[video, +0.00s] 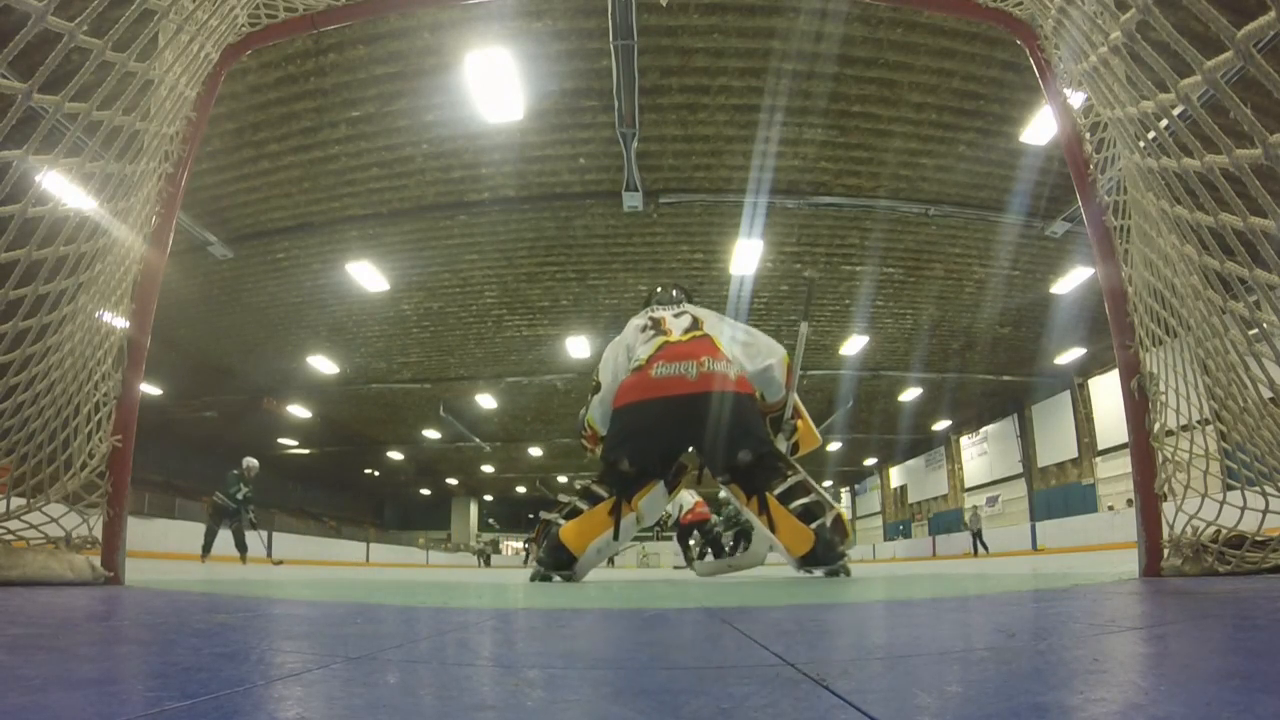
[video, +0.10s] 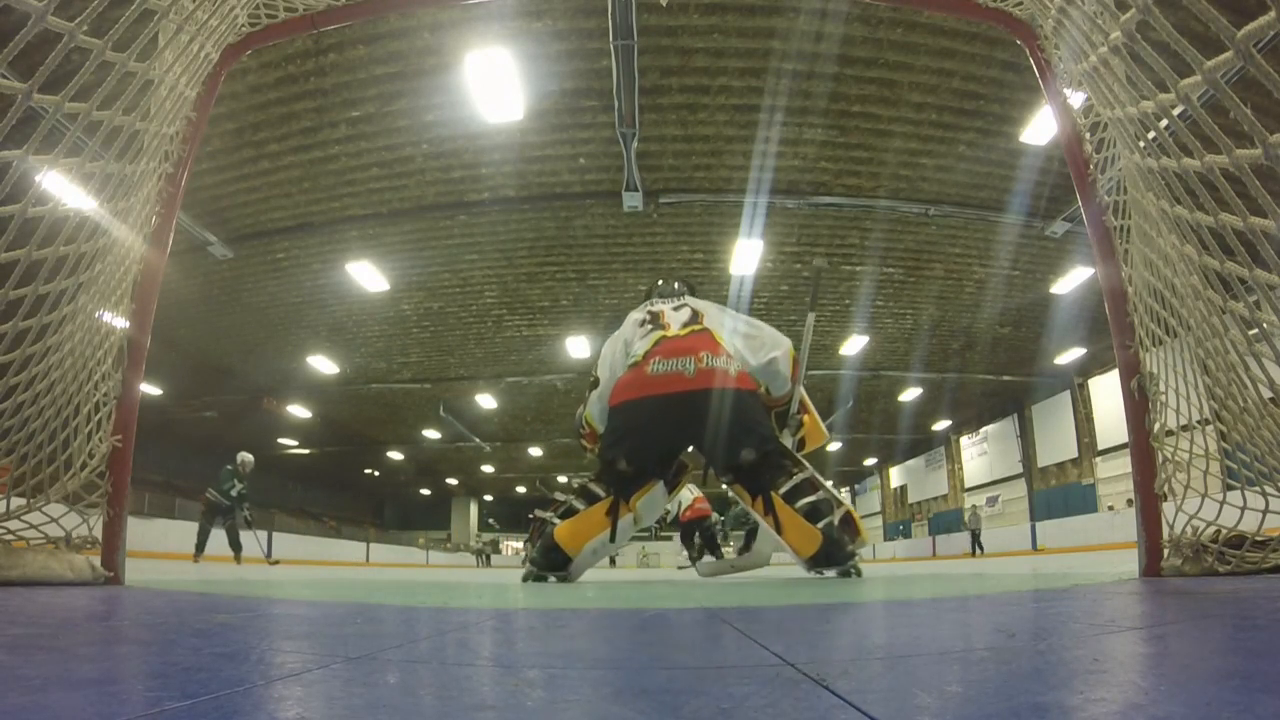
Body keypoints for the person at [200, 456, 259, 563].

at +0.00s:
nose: (254, 474)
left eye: (255, 471)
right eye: (253, 471)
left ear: (254, 471)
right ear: (247, 468)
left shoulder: (249, 485)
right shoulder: (233, 475)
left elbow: (248, 502)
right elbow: (233, 491)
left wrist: (251, 517)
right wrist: (245, 498)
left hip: (234, 509)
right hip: (219, 505)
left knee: (238, 531)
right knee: (212, 529)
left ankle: (243, 553)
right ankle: (205, 553)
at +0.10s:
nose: (249, 470)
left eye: (250, 467)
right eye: (248, 466)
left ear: (249, 466)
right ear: (242, 464)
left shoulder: (243, 481)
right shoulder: (228, 470)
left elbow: (243, 499)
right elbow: (226, 487)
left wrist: (246, 514)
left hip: (228, 506)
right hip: (213, 502)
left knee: (232, 530)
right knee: (205, 528)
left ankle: (237, 553)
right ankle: (198, 552)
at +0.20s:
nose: (243, 465)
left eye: (244, 462)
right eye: (242, 461)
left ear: (244, 461)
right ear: (235, 459)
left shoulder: (237, 476)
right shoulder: (221, 466)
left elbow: (237, 496)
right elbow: (219, 484)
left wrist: (241, 512)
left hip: (221, 503)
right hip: (205, 500)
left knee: (226, 530)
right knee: (196, 526)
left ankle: (231, 552)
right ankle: (189, 551)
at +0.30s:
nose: (238, 459)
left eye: (239, 456)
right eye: (236, 455)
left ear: (236, 455)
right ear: (229, 452)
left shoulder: (230, 471)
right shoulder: (213, 460)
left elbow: (231, 491)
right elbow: (209, 479)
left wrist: (234, 509)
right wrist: (223, 494)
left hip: (214, 499)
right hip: (197, 495)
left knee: (218, 525)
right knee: (187, 522)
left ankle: (224, 551)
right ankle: (179, 549)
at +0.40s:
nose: (231, 452)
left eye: (232, 448)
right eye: (230, 448)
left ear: (227, 448)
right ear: (222, 446)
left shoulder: (224, 466)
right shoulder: (204, 454)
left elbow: (224, 487)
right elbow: (201, 474)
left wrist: (227, 505)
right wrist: (216, 489)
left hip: (205, 496)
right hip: (187, 491)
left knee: (210, 523)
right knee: (177, 520)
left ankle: (216, 550)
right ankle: (168, 549)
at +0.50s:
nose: (222, 445)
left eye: (223, 442)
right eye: (221, 441)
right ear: (212, 439)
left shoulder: (216, 460)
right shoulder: (193, 449)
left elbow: (215, 482)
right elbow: (190, 469)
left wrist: (218, 499)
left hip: (197, 492)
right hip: (179, 488)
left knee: (201, 520)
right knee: (166, 516)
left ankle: (208, 549)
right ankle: (156, 547)